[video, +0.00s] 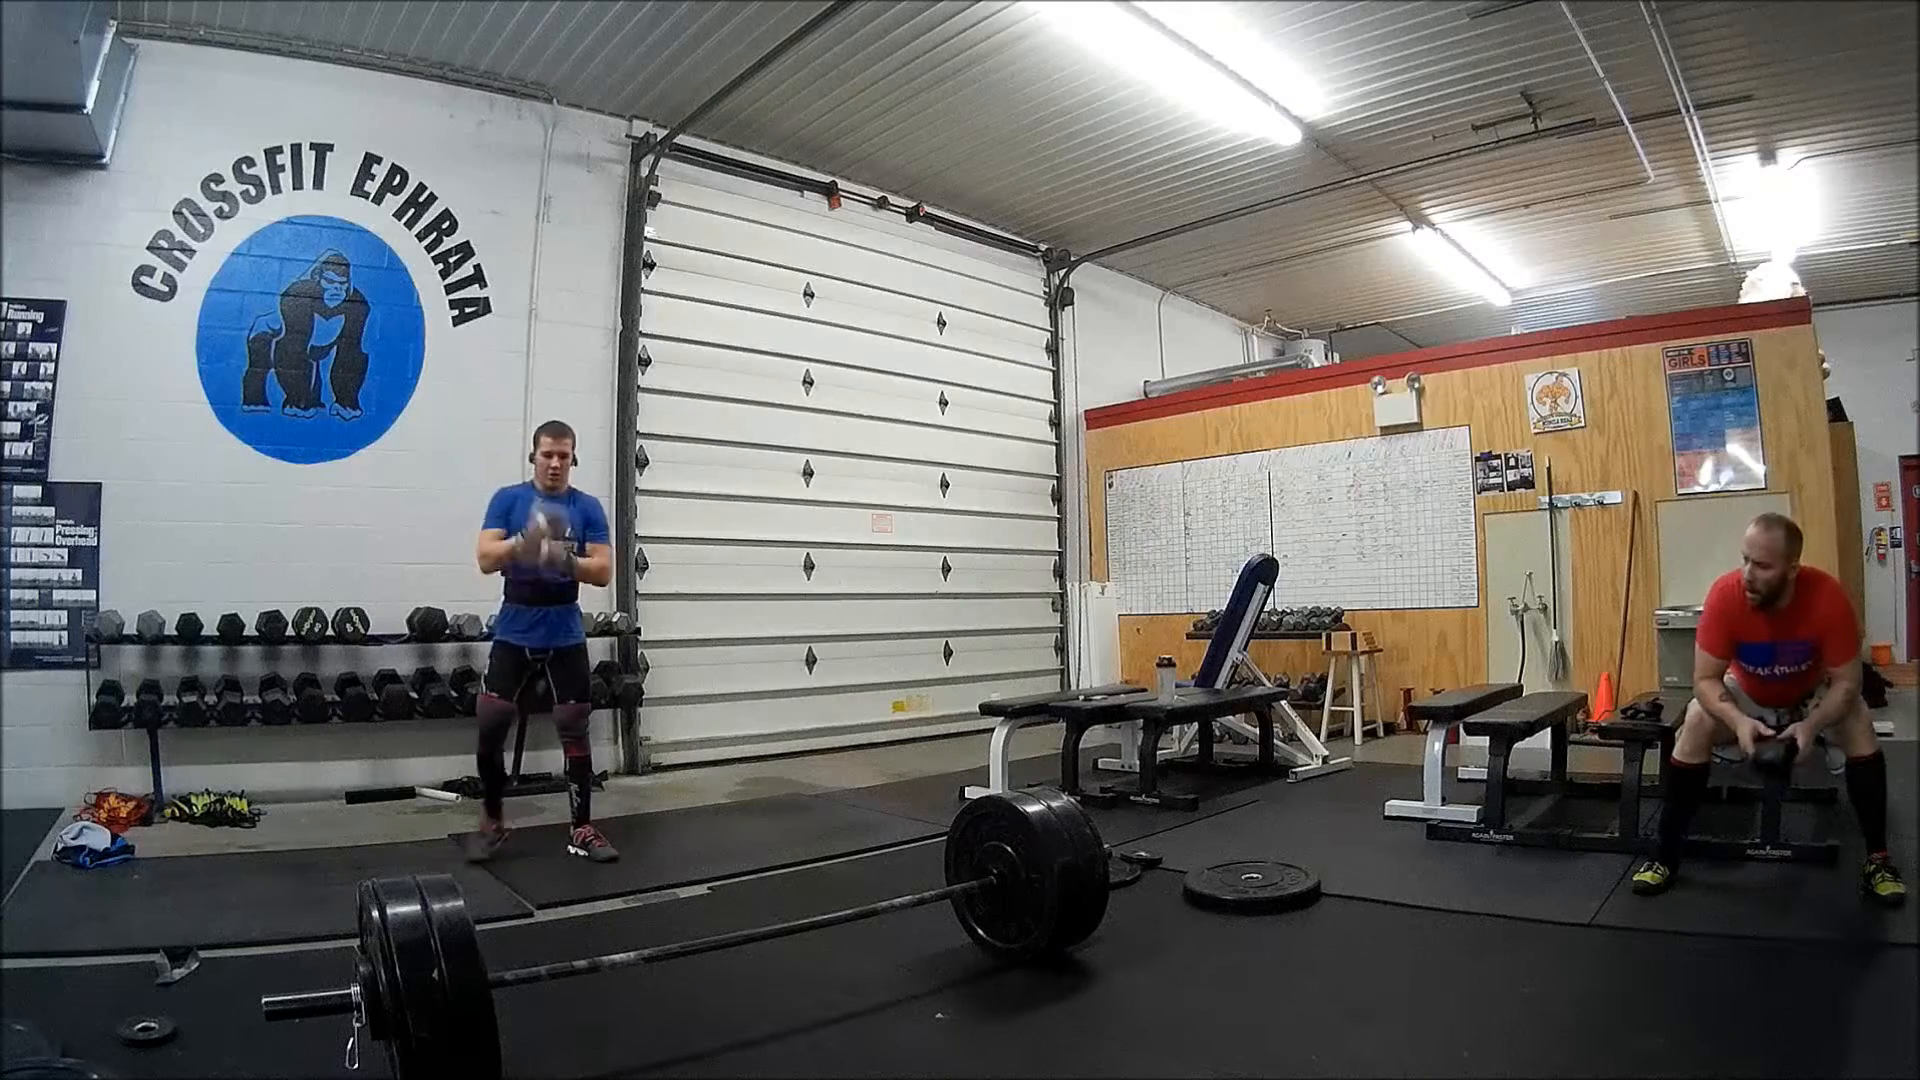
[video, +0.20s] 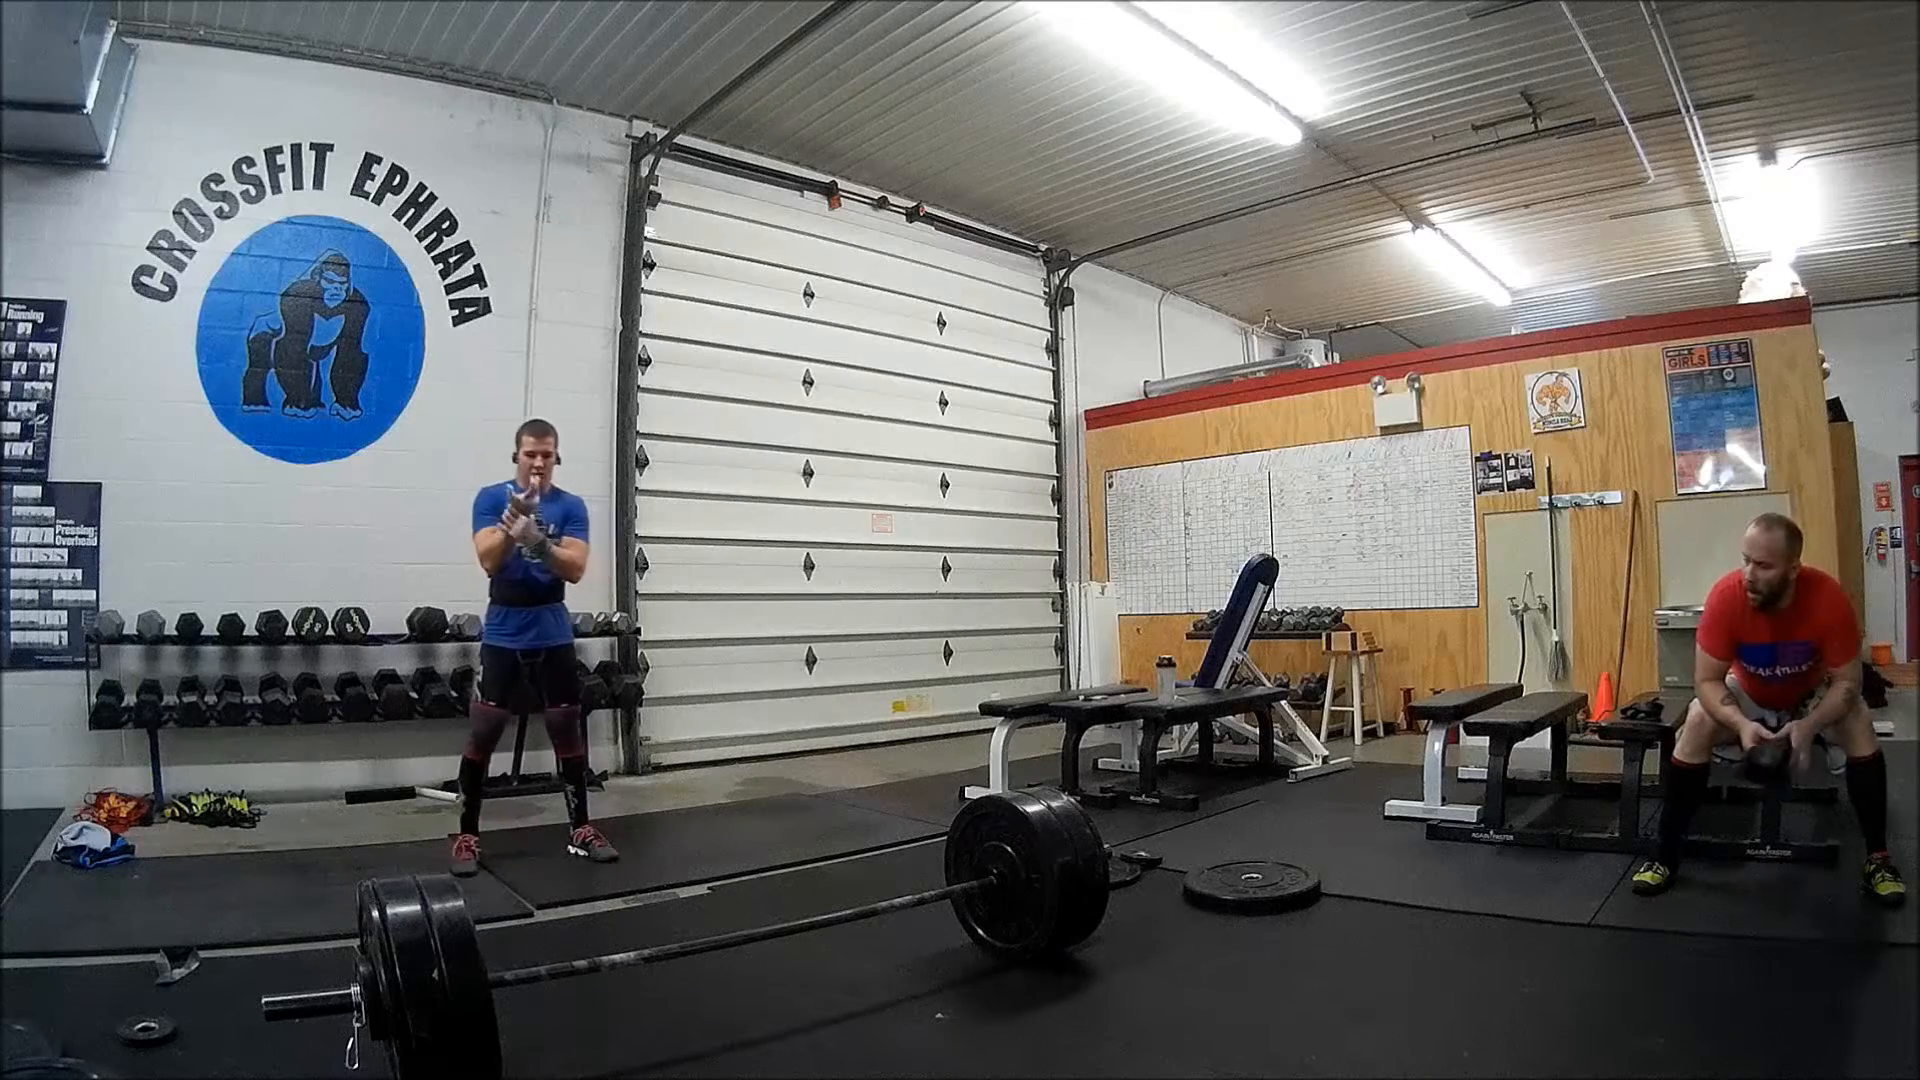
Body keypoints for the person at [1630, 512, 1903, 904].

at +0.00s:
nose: (1748, 575)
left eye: (1762, 566)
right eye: (1746, 562)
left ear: (1793, 566)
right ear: (1742, 556)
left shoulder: (1826, 595)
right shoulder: (1725, 594)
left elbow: (1848, 682)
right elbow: (1705, 679)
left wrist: (1812, 724)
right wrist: (1738, 722)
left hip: (1812, 694)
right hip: (1747, 693)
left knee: (1858, 721)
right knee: (1696, 720)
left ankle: (1877, 860)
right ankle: (1665, 858)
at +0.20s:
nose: (1750, 575)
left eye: (1763, 566)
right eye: (1747, 562)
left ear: (1794, 566)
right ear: (1742, 557)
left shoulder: (1826, 597)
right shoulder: (1726, 596)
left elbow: (1848, 682)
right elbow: (1707, 680)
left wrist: (1808, 727)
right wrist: (1741, 724)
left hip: (1812, 695)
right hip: (1748, 694)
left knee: (1858, 720)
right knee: (1697, 720)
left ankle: (1878, 858)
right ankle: (1665, 858)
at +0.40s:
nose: (1755, 574)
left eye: (1768, 564)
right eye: (1751, 561)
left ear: (1798, 563)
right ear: (1746, 556)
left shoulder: (1830, 597)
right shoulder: (1730, 596)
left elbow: (1847, 683)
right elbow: (1710, 681)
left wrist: (1810, 724)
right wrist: (1743, 726)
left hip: (1813, 694)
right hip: (1749, 693)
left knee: (1856, 720)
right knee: (1698, 720)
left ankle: (1878, 858)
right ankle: (1665, 858)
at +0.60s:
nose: (1757, 575)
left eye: (1771, 565)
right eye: (1754, 561)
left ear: (1801, 566)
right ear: (1749, 557)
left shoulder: (1833, 599)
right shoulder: (1731, 598)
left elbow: (1849, 682)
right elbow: (1711, 682)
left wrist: (1812, 728)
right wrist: (1748, 725)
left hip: (1815, 695)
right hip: (1749, 695)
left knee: (1857, 722)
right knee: (1700, 720)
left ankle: (1878, 858)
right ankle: (1665, 858)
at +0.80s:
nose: (1757, 577)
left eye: (1771, 568)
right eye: (1753, 563)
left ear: (1801, 568)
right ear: (1748, 558)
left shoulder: (1834, 600)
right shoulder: (1731, 599)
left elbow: (1850, 682)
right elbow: (1711, 683)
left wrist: (1812, 727)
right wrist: (1748, 726)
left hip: (1815, 696)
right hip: (1750, 696)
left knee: (1858, 721)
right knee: (1700, 721)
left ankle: (1878, 857)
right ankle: (1665, 857)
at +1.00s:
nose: (1757, 577)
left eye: (1771, 567)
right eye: (1753, 563)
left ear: (1801, 568)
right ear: (1748, 558)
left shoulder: (1835, 601)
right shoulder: (1730, 599)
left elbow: (1850, 681)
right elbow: (1711, 683)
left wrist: (1812, 727)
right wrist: (1748, 726)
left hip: (1815, 695)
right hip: (1751, 694)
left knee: (1859, 723)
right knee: (1700, 721)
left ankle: (1878, 858)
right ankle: (1665, 856)